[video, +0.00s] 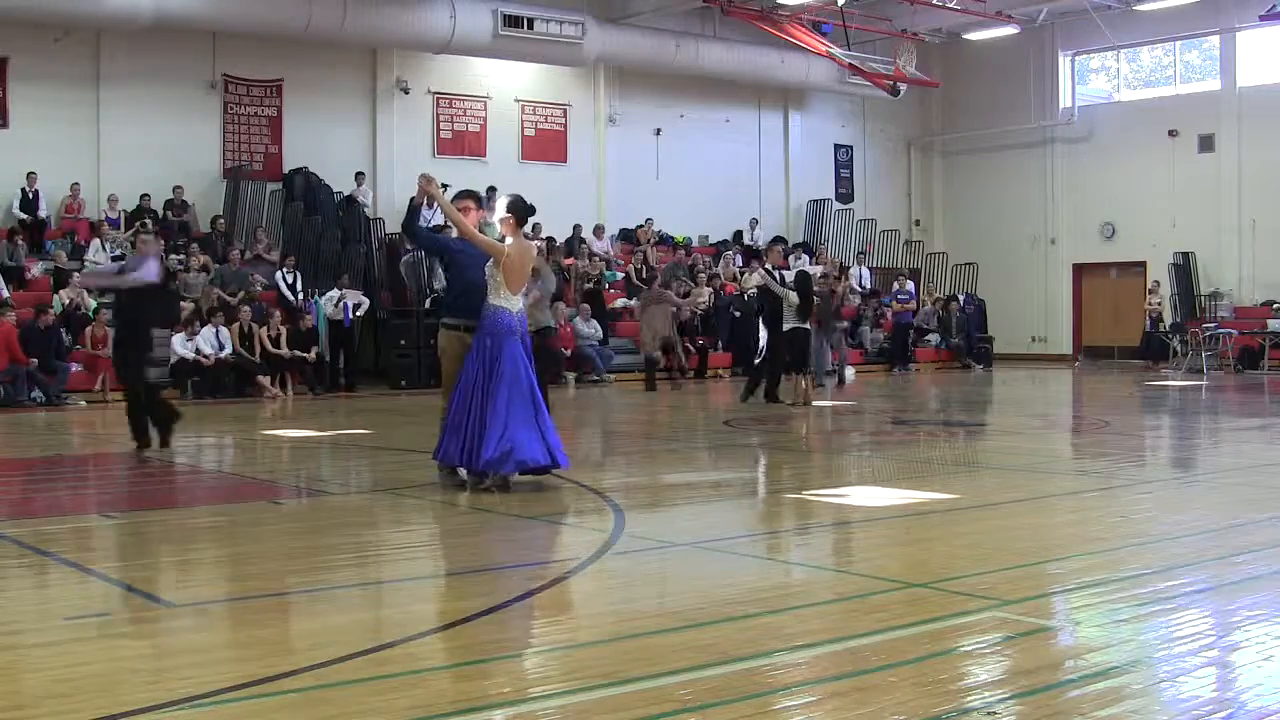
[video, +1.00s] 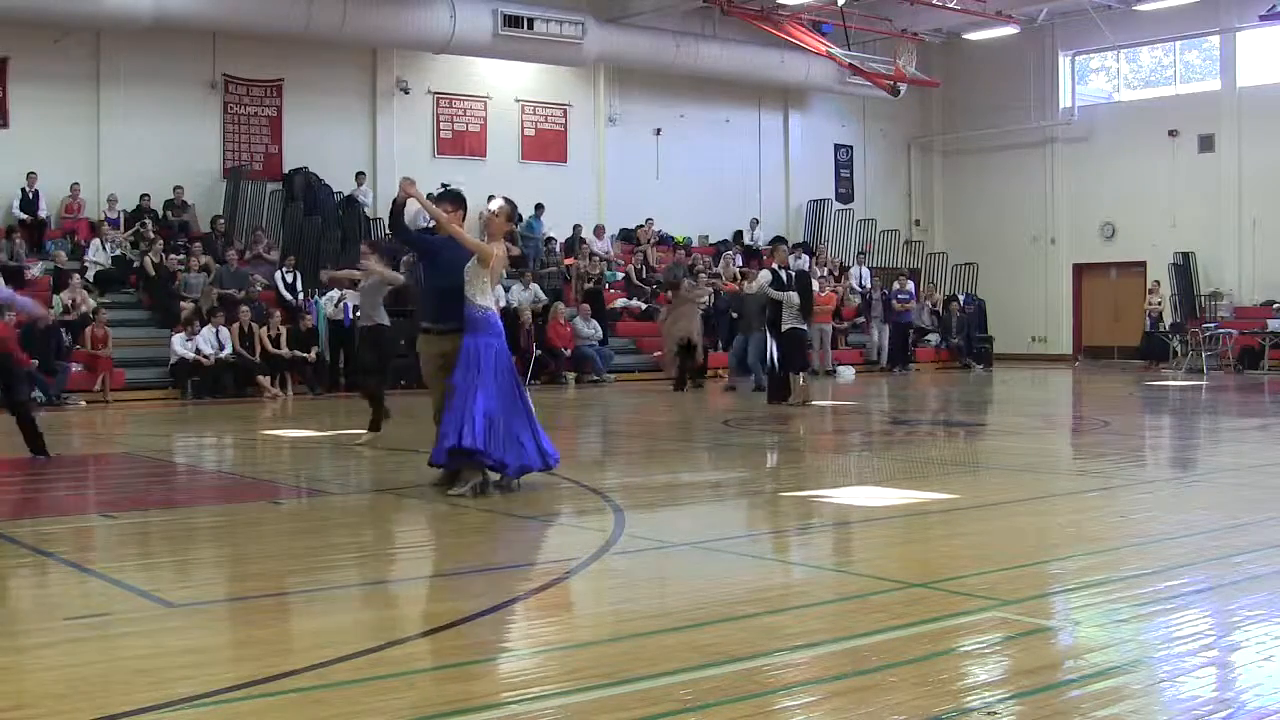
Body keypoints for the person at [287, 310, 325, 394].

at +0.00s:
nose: (310, 323)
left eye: (311, 320)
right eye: (308, 320)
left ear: (312, 321)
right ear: (301, 322)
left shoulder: (313, 330)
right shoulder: (293, 332)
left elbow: (315, 345)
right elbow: (293, 350)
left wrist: (313, 353)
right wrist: (305, 355)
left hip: (309, 355)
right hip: (298, 355)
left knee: (320, 359)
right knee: (304, 363)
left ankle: (319, 385)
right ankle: (312, 386)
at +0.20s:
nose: (310, 323)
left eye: (311, 320)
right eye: (308, 320)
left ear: (312, 321)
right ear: (301, 322)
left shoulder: (313, 330)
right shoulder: (293, 332)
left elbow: (315, 345)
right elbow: (293, 350)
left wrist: (313, 353)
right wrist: (305, 355)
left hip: (309, 354)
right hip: (298, 355)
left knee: (320, 360)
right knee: (305, 364)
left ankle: (319, 385)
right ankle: (312, 386)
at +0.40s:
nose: (311, 322)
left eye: (311, 320)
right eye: (308, 320)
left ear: (312, 320)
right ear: (301, 322)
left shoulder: (313, 329)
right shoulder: (294, 331)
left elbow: (315, 345)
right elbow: (293, 350)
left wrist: (313, 353)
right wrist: (304, 355)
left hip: (310, 354)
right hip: (298, 355)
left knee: (320, 359)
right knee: (304, 363)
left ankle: (319, 385)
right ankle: (313, 387)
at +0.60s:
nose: (311, 322)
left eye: (311, 320)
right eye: (308, 320)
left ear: (312, 320)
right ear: (301, 322)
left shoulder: (314, 330)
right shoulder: (294, 331)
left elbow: (315, 345)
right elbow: (293, 349)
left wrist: (313, 353)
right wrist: (305, 355)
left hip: (310, 354)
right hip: (299, 355)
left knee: (320, 359)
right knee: (304, 363)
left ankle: (320, 385)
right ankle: (313, 387)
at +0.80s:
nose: (311, 323)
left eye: (311, 320)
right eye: (308, 320)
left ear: (312, 321)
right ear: (301, 322)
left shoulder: (313, 330)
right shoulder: (293, 331)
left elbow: (315, 345)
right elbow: (292, 349)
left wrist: (313, 353)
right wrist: (305, 355)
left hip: (310, 354)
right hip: (298, 355)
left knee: (320, 360)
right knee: (304, 364)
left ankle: (320, 386)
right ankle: (313, 387)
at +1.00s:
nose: (311, 322)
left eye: (311, 320)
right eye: (308, 320)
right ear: (301, 321)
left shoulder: (313, 330)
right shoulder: (293, 331)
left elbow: (315, 345)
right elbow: (292, 349)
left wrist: (313, 353)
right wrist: (305, 355)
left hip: (309, 354)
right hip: (298, 355)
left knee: (320, 359)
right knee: (303, 362)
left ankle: (320, 386)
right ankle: (314, 387)